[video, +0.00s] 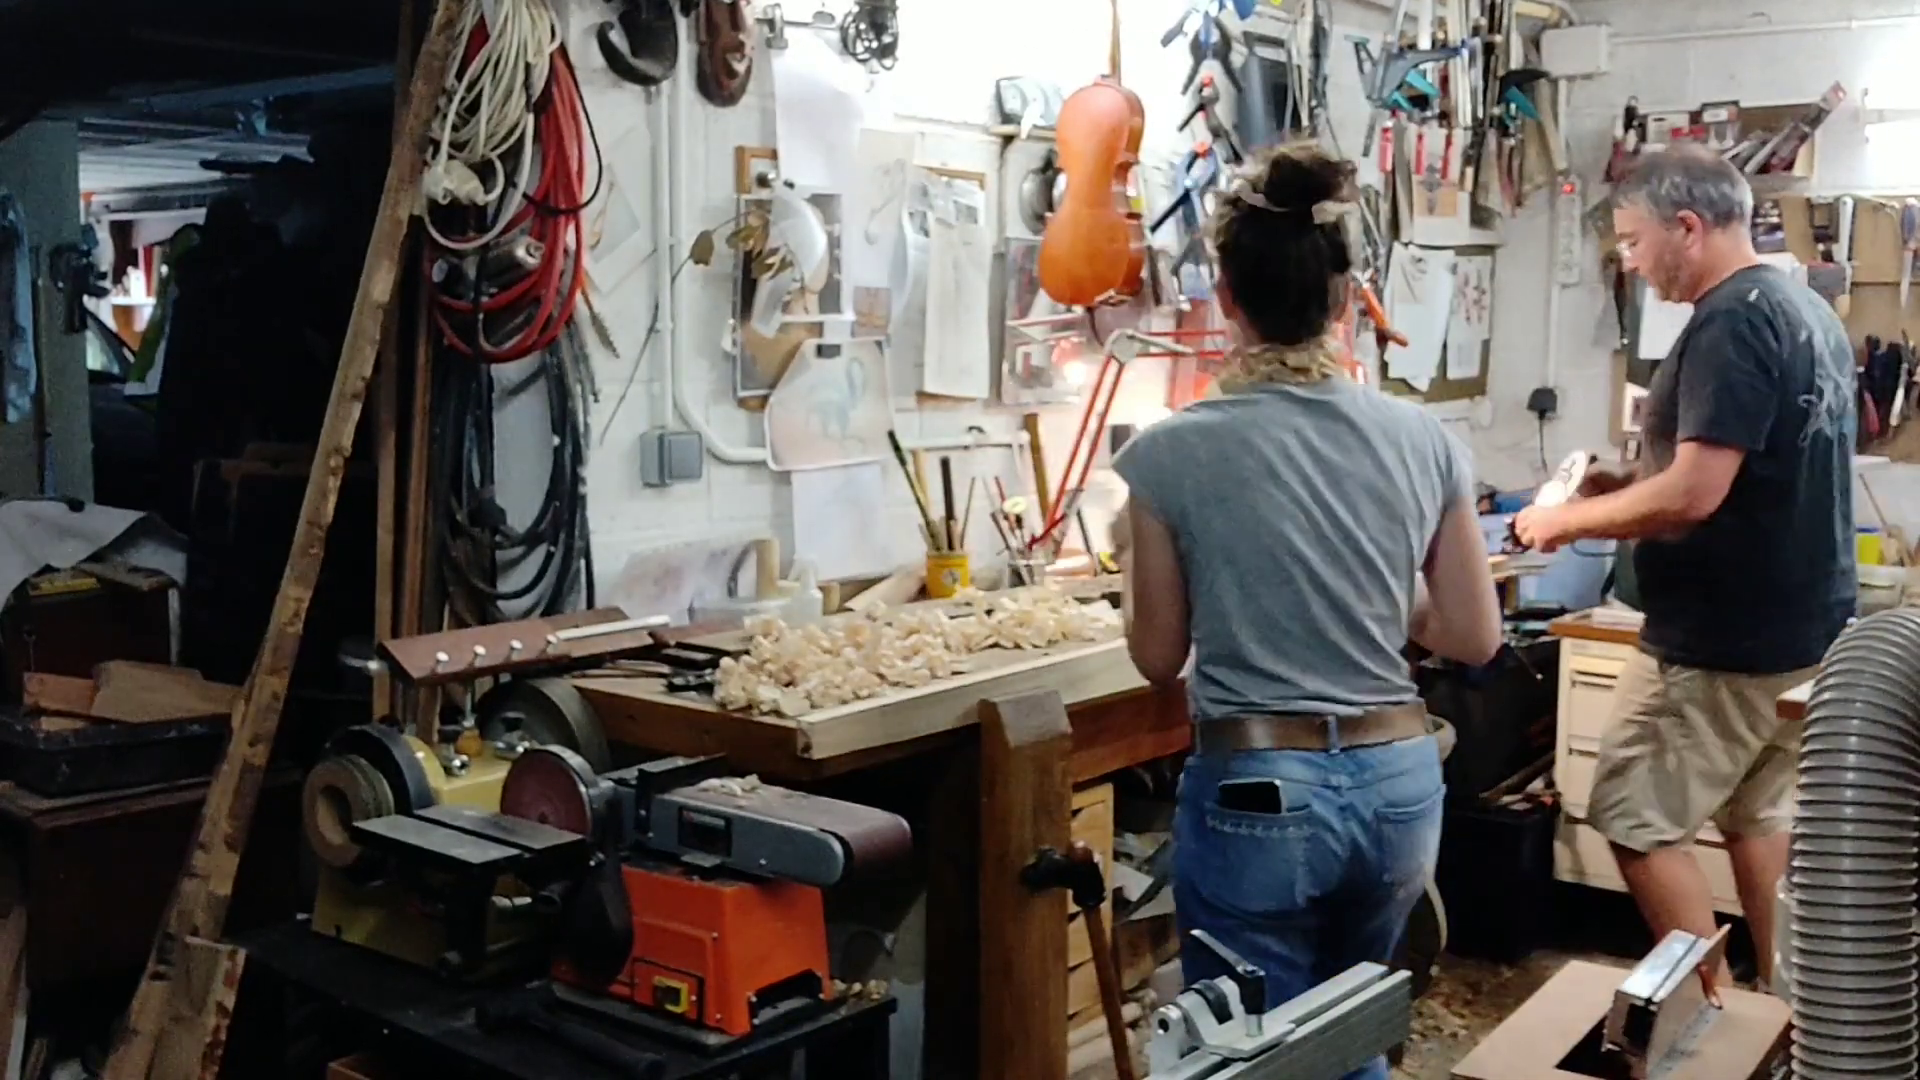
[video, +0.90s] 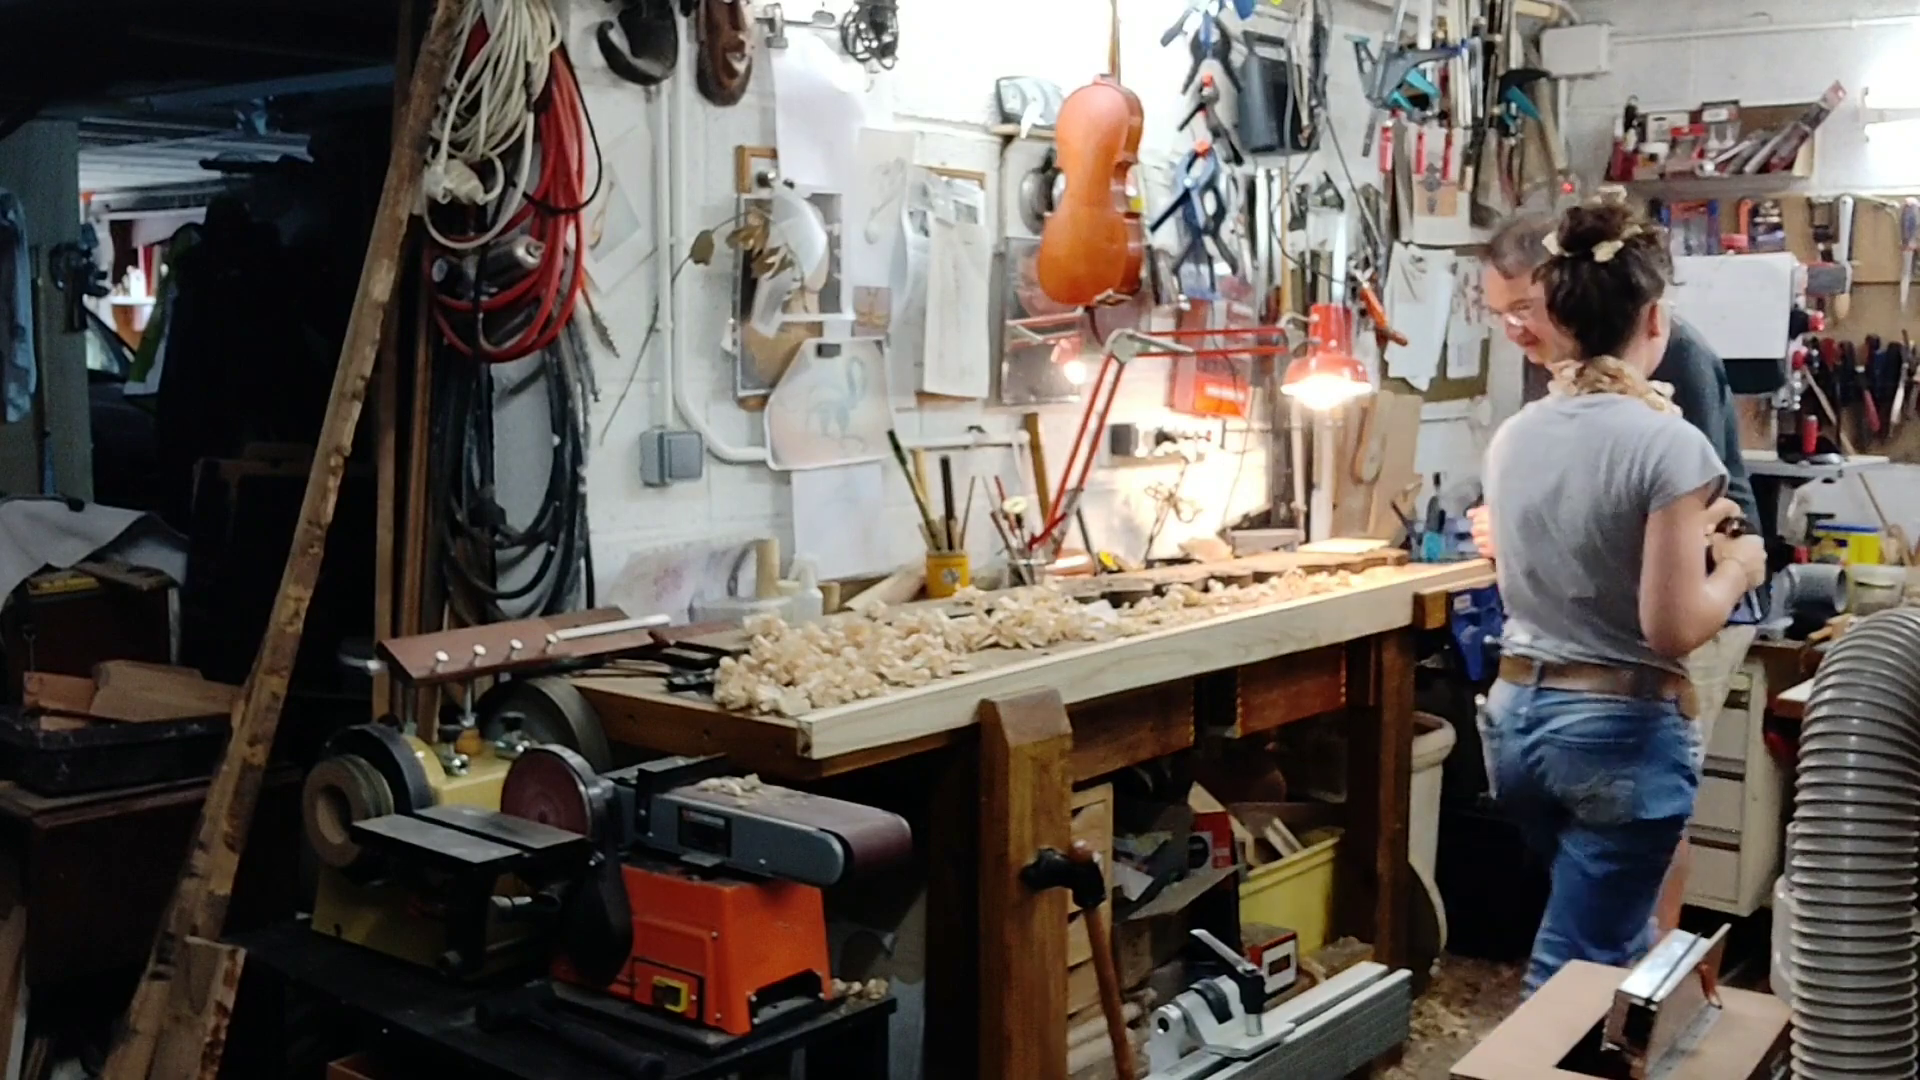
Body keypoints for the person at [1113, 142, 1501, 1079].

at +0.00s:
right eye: (1351, 284)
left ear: (1228, 299)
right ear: (1349, 299)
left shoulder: (1172, 451)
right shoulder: (1422, 437)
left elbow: (1156, 653)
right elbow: (1473, 638)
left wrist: (1224, 574)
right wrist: (1391, 605)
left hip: (1255, 795)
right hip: (1402, 782)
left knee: (1245, 1051)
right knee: (1364, 1037)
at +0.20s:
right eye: (1415, 302)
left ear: (1294, 312)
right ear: (1410, 313)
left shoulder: (1216, 456)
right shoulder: (1474, 455)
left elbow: (1229, 639)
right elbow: (1519, 664)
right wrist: (1461, 586)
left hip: (1268, 781)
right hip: (1428, 780)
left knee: (1273, 1049)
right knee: (1427, 1036)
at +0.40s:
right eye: (1508, 301)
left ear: (1376, 311)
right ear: (1494, 317)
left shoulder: (1313, 457)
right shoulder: (1546, 458)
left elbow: (1334, 613)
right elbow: (1572, 662)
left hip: (1343, 756)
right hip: (1495, 761)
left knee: (1333, 1037)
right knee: (1476, 1039)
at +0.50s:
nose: (1555, 306)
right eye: (1551, 291)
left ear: (1427, 308)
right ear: (1535, 306)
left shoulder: (1360, 441)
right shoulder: (1576, 443)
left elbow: (1369, 588)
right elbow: (1607, 645)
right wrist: (1592, 550)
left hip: (1376, 741)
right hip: (1518, 748)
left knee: (1374, 1013)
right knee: (1492, 1030)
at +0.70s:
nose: (1616, 305)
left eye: (1489, 294)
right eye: (1612, 291)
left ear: (1497, 306)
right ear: (1601, 297)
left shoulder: (1442, 420)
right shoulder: (1623, 425)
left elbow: (1448, 571)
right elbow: (1632, 623)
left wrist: (1621, 518)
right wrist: (1688, 557)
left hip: (1433, 711)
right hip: (1552, 727)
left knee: (1496, 956)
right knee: (1508, 1001)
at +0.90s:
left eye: (1530, 310)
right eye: (1668, 306)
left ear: (1558, 318)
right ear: (1655, 320)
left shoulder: (1509, 439)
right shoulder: (1671, 445)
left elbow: (1517, 581)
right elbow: (1673, 628)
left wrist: (1676, 534)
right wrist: (1738, 571)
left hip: (1513, 702)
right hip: (1625, 712)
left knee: (1606, 940)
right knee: (1571, 974)